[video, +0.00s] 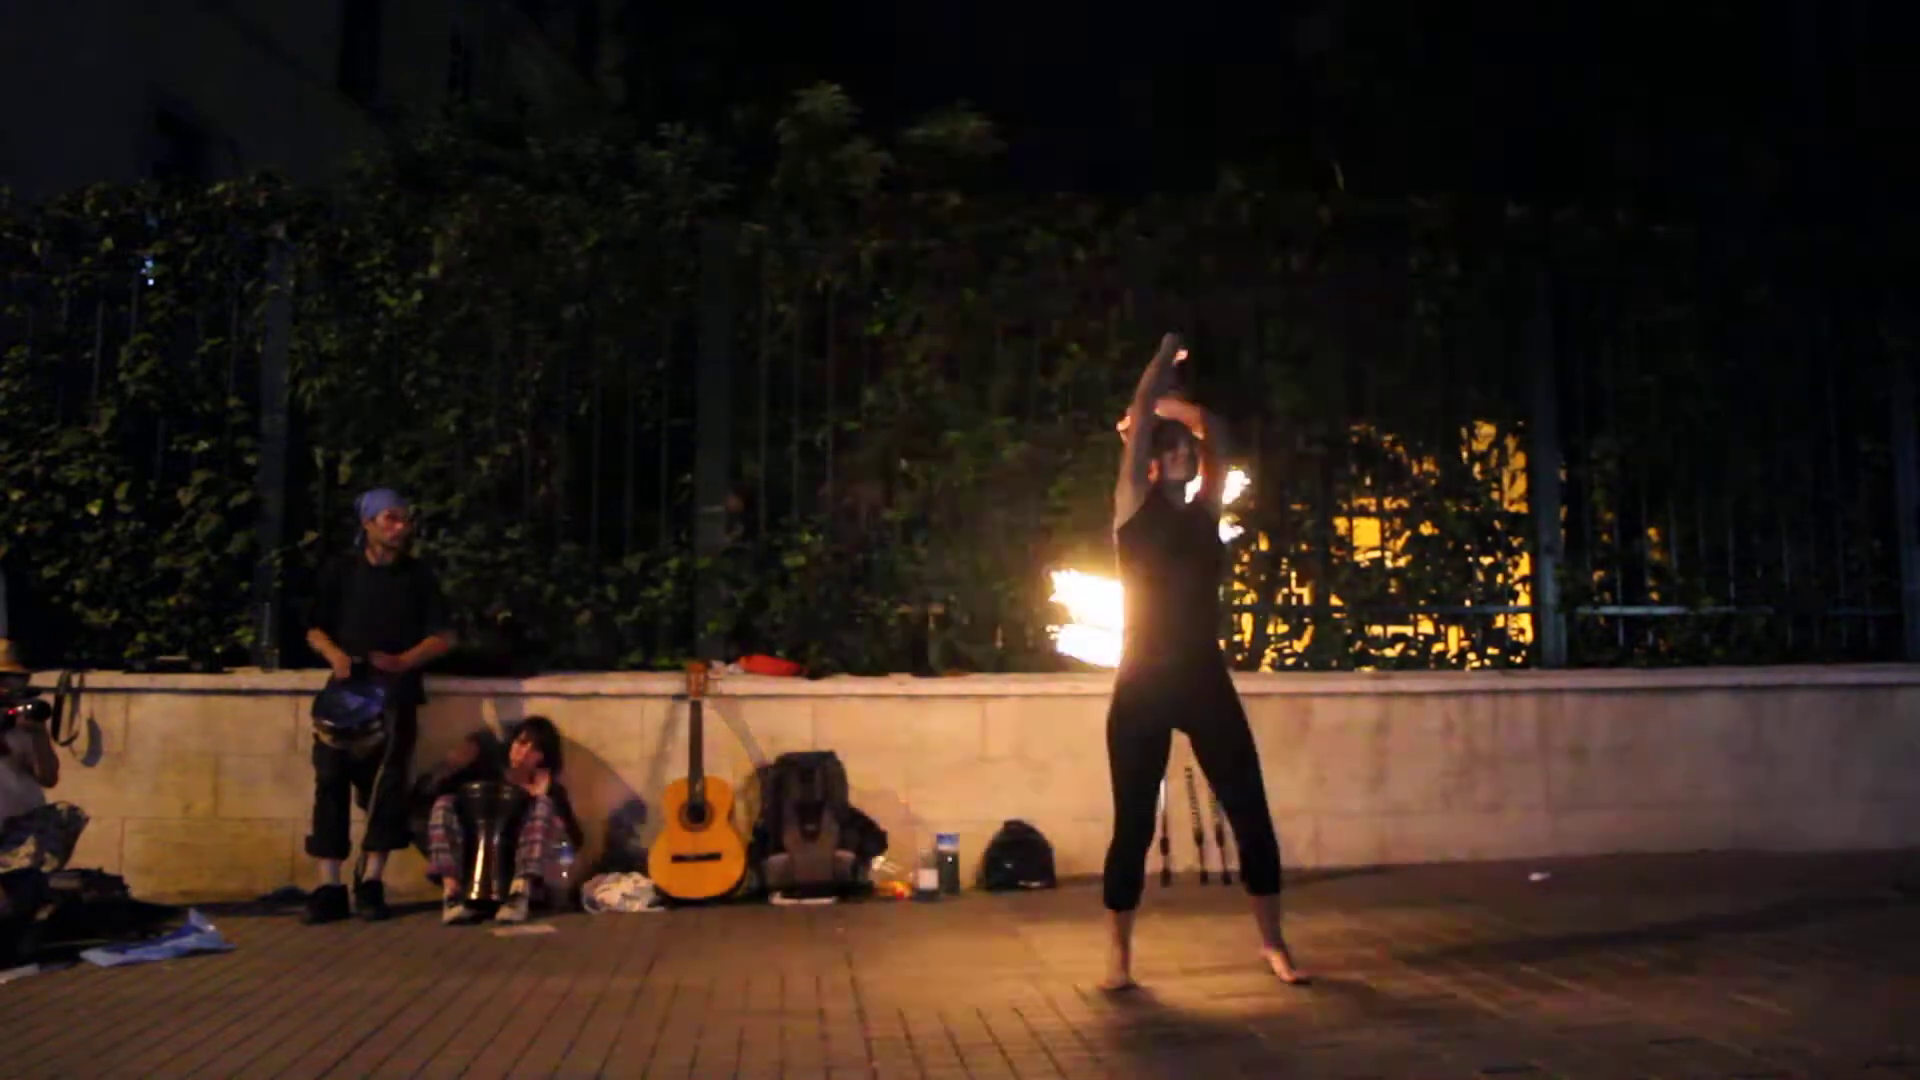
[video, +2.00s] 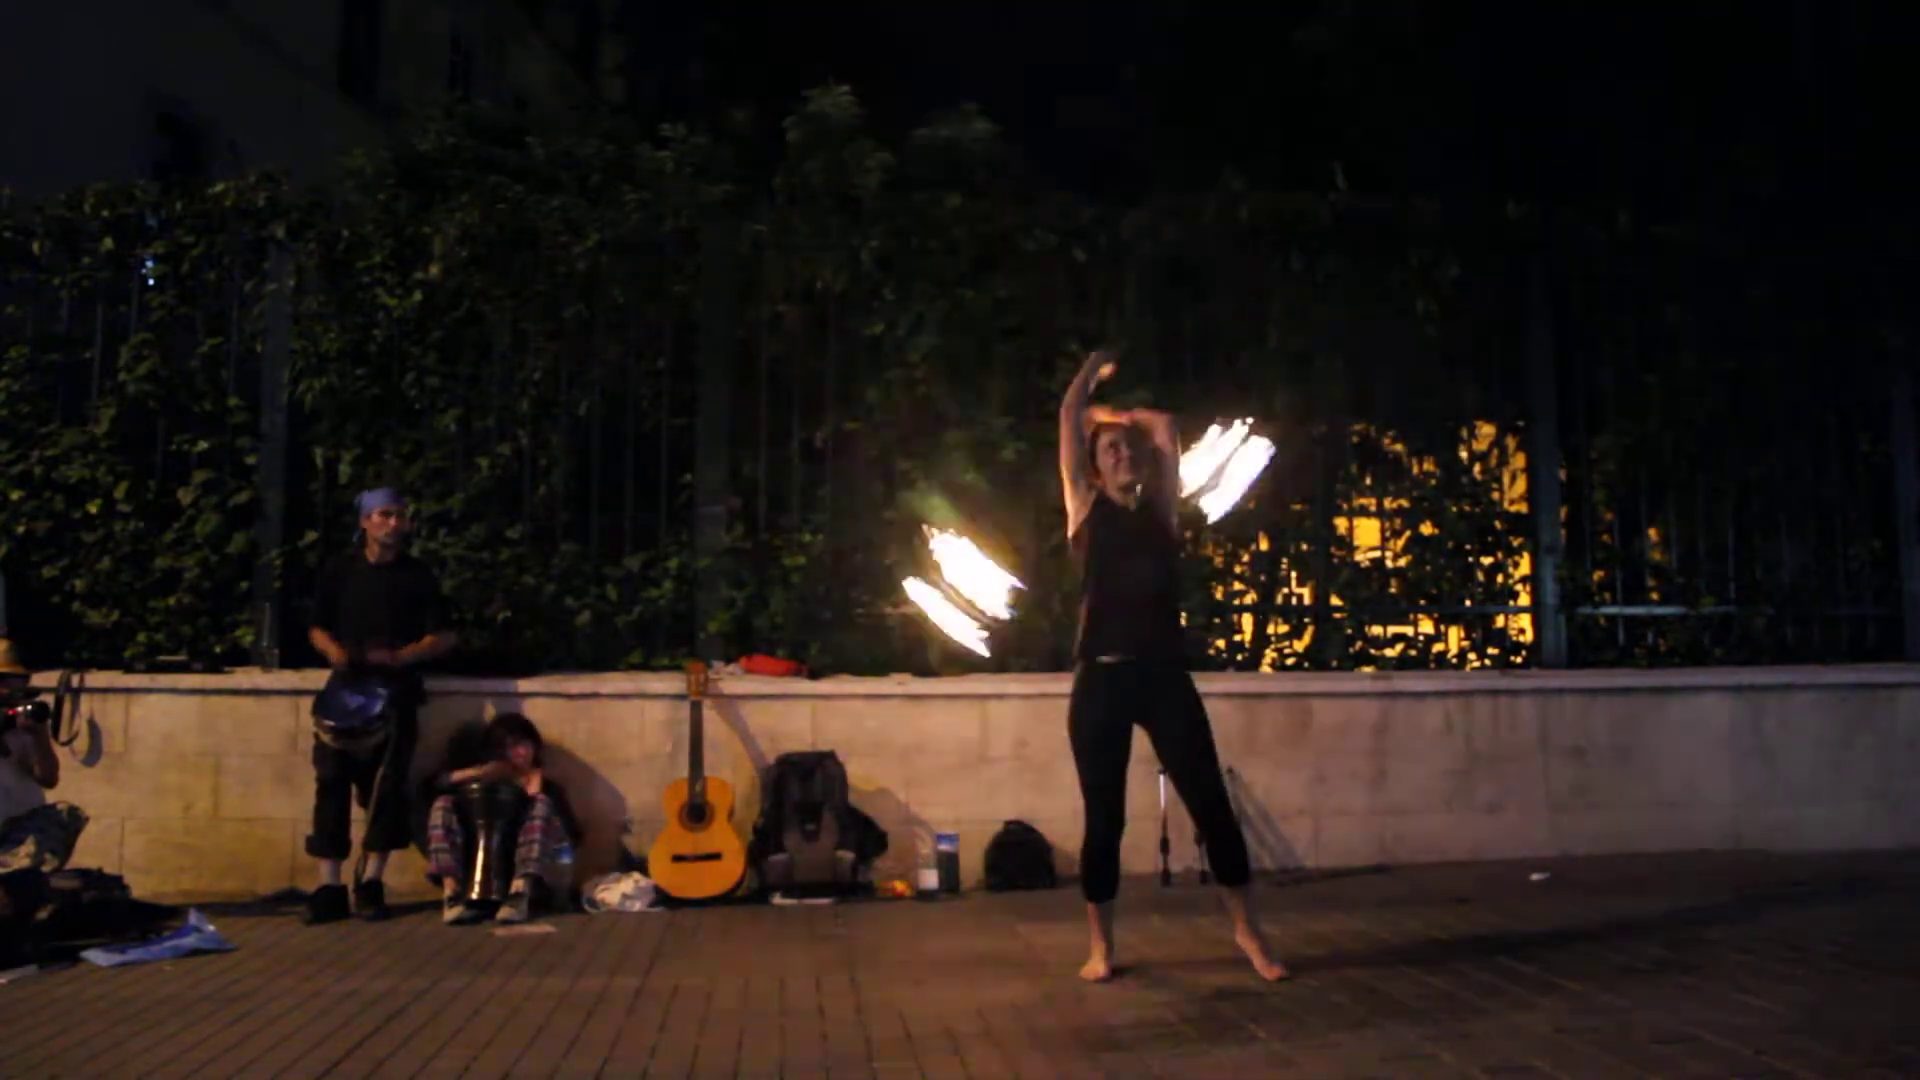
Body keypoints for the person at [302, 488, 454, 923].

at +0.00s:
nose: (401, 527)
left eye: (405, 520)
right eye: (392, 519)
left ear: (409, 526)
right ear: (368, 524)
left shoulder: (418, 576)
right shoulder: (340, 572)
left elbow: (443, 636)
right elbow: (314, 628)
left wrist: (401, 662)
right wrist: (335, 656)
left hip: (395, 694)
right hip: (343, 690)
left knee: (388, 784)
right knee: (331, 783)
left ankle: (371, 880)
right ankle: (330, 882)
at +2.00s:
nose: (394, 523)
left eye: (399, 516)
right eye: (385, 516)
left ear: (406, 523)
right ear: (365, 522)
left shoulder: (418, 575)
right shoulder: (339, 572)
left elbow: (441, 637)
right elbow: (315, 627)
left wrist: (397, 657)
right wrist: (337, 654)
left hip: (396, 691)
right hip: (345, 688)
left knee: (389, 783)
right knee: (331, 782)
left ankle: (371, 881)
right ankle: (330, 883)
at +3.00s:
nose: (402, 524)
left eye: (404, 518)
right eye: (393, 518)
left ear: (403, 523)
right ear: (369, 522)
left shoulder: (417, 574)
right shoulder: (341, 571)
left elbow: (439, 638)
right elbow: (318, 631)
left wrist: (394, 666)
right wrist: (337, 663)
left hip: (396, 695)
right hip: (345, 692)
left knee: (389, 784)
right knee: (331, 782)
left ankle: (370, 881)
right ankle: (331, 882)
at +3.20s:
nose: (401, 524)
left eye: (403, 518)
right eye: (392, 518)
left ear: (404, 524)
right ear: (368, 522)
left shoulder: (417, 574)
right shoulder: (341, 571)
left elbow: (440, 638)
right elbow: (318, 631)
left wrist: (396, 667)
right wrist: (336, 655)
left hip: (397, 692)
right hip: (345, 689)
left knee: (390, 783)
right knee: (331, 780)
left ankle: (370, 880)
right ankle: (331, 882)